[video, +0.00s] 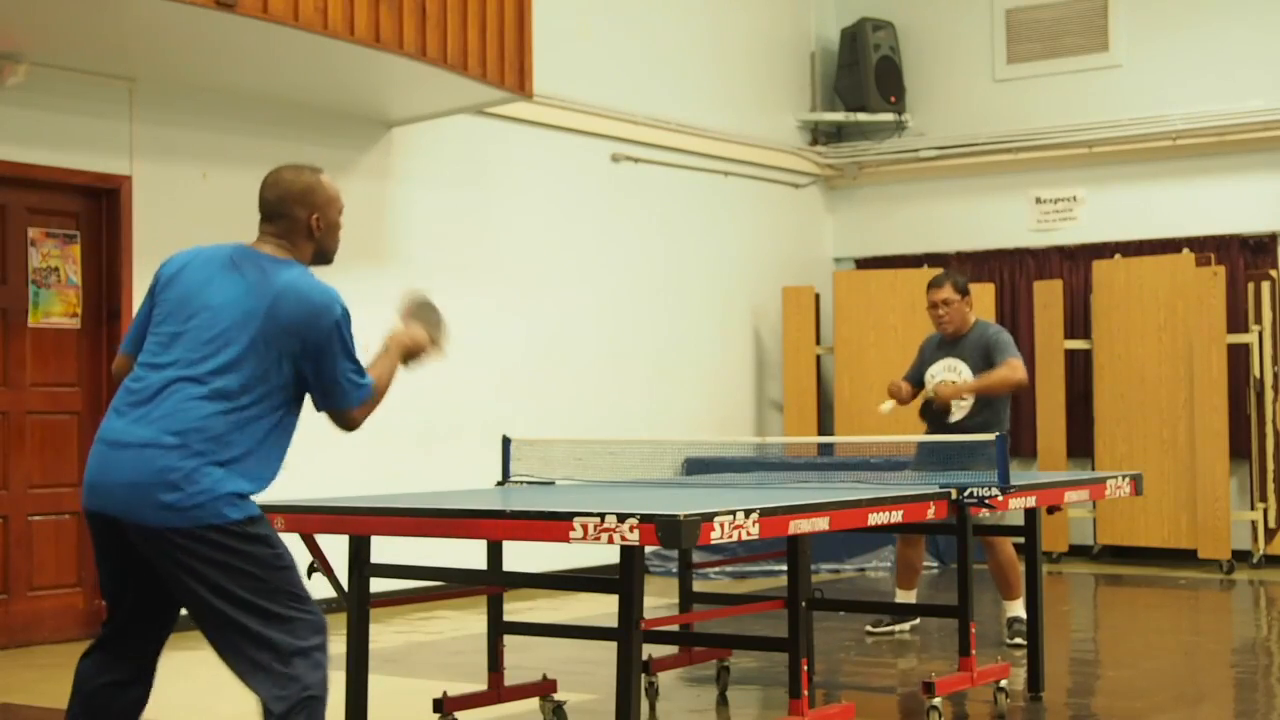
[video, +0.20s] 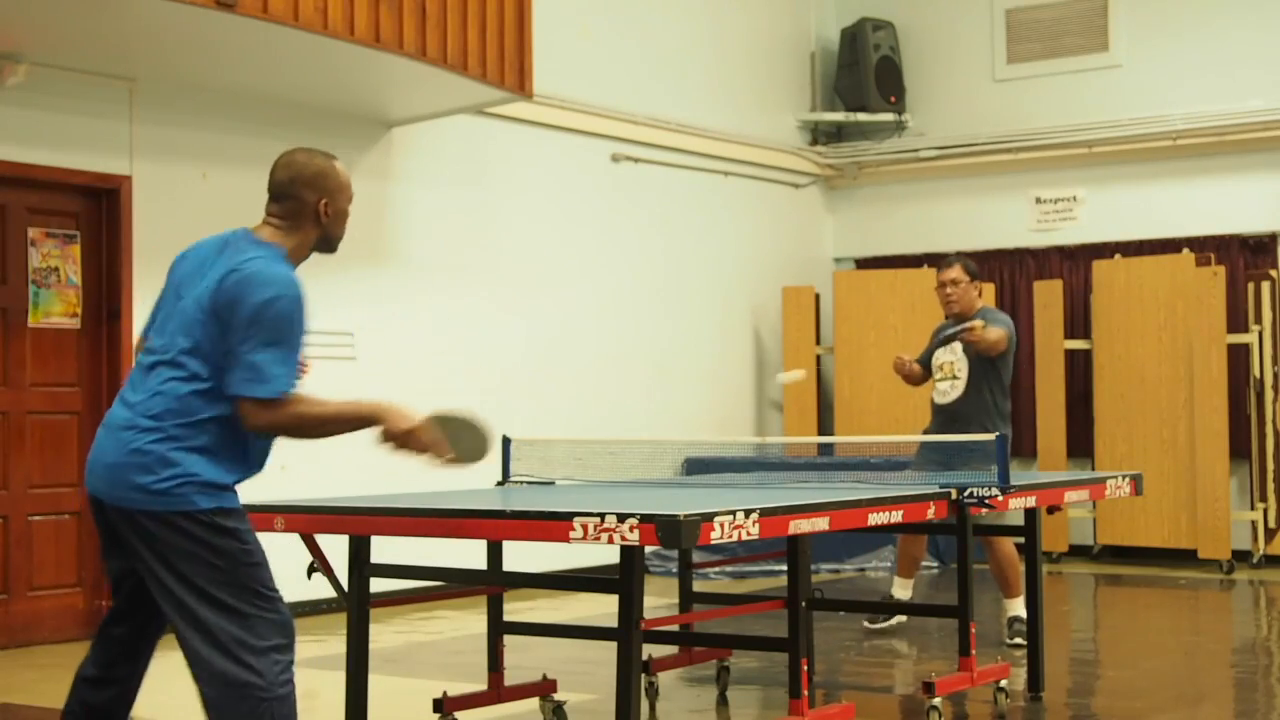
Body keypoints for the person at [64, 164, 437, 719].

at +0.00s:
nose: (341, 229)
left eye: (341, 218)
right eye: (338, 218)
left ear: (268, 217)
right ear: (313, 222)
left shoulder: (181, 266)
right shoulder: (314, 303)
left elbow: (124, 366)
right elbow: (351, 411)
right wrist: (399, 345)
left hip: (107, 486)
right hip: (194, 499)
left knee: (133, 627)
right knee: (296, 638)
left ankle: (88, 714)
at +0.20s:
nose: (347, 218)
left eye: (349, 206)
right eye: (346, 205)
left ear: (276, 201)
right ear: (322, 207)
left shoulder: (201, 253)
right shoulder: (271, 281)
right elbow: (264, 410)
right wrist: (378, 413)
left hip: (114, 472)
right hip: (175, 484)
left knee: (136, 619)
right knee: (259, 640)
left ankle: (87, 714)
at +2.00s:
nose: (250, 227)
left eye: (249, 217)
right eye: (250, 216)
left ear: (196, 213)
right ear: (237, 212)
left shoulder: (146, 272)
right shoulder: (218, 269)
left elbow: (86, 350)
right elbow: (206, 366)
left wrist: (139, 393)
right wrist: (274, 388)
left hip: (106, 455)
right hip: (149, 463)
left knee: (140, 601)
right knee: (163, 609)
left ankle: (140, 706)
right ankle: (148, 712)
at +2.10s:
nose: (263, 254)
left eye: (263, 244)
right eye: (262, 243)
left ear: (210, 235)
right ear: (250, 237)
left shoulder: (181, 283)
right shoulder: (221, 277)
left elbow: (122, 365)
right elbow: (206, 364)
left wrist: (184, 444)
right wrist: (264, 398)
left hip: (121, 458)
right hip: (145, 463)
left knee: (154, 583)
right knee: (169, 587)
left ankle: (177, 688)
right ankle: (152, 705)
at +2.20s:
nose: (278, 280)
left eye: (278, 271)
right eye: (277, 269)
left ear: (231, 258)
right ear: (262, 261)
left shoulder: (204, 299)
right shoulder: (229, 296)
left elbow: (170, 396)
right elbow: (195, 369)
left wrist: (212, 469)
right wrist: (252, 423)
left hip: (140, 469)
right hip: (143, 471)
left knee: (183, 578)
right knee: (169, 595)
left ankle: (195, 700)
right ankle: (141, 712)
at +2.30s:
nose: (290, 303)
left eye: (292, 294)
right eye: (291, 292)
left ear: (251, 274)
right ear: (278, 281)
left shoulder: (220, 306)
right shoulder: (239, 304)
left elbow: (187, 420)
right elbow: (193, 370)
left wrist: (229, 492)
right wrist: (237, 449)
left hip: (153, 468)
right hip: (140, 466)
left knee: (195, 563)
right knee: (156, 586)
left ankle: (198, 700)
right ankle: (123, 711)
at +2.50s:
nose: (296, 318)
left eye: (297, 309)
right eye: (295, 307)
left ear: (269, 297)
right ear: (281, 297)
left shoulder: (246, 373)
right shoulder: (245, 304)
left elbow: (255, 448)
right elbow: (191, 341)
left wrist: (280, 507)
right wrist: (201, 431)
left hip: (156, 462)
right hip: (137, 449)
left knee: (186, 565)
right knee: (117, 584)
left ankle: (199, 704)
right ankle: (63, 708)